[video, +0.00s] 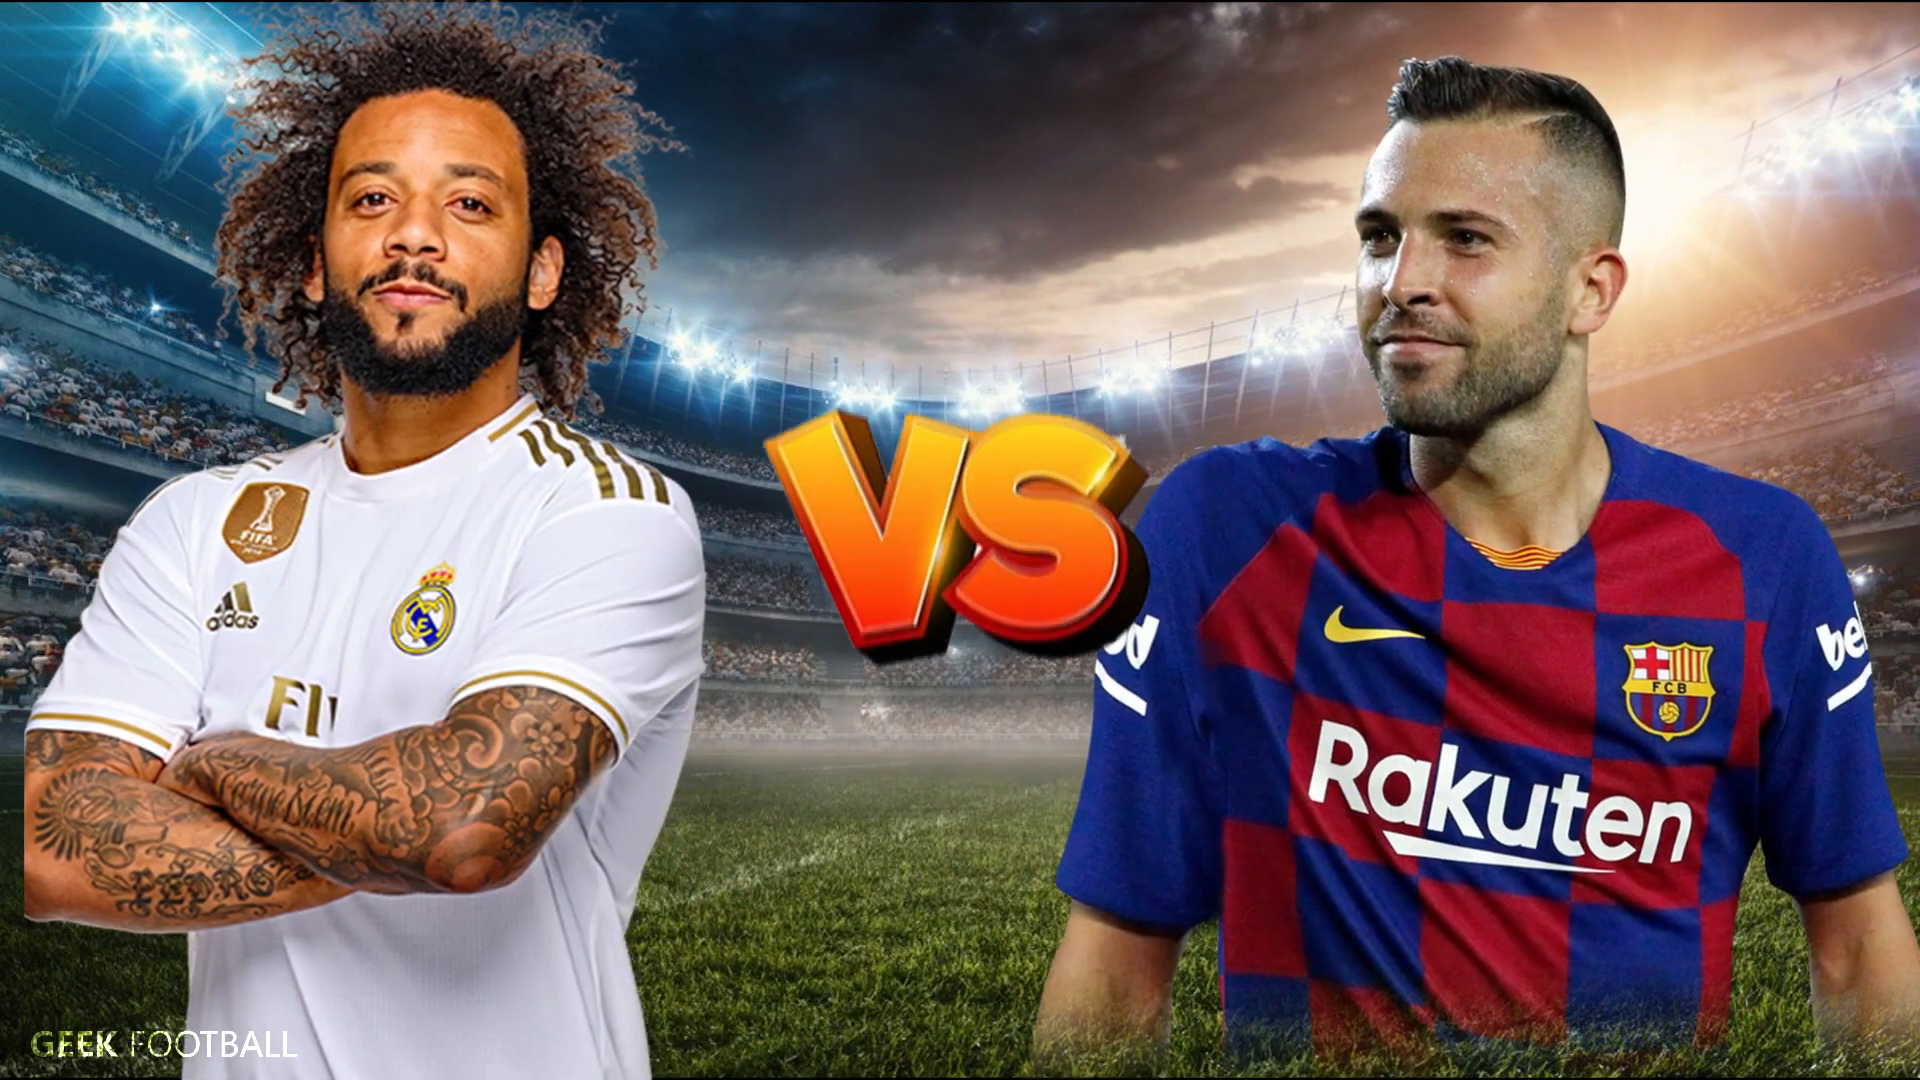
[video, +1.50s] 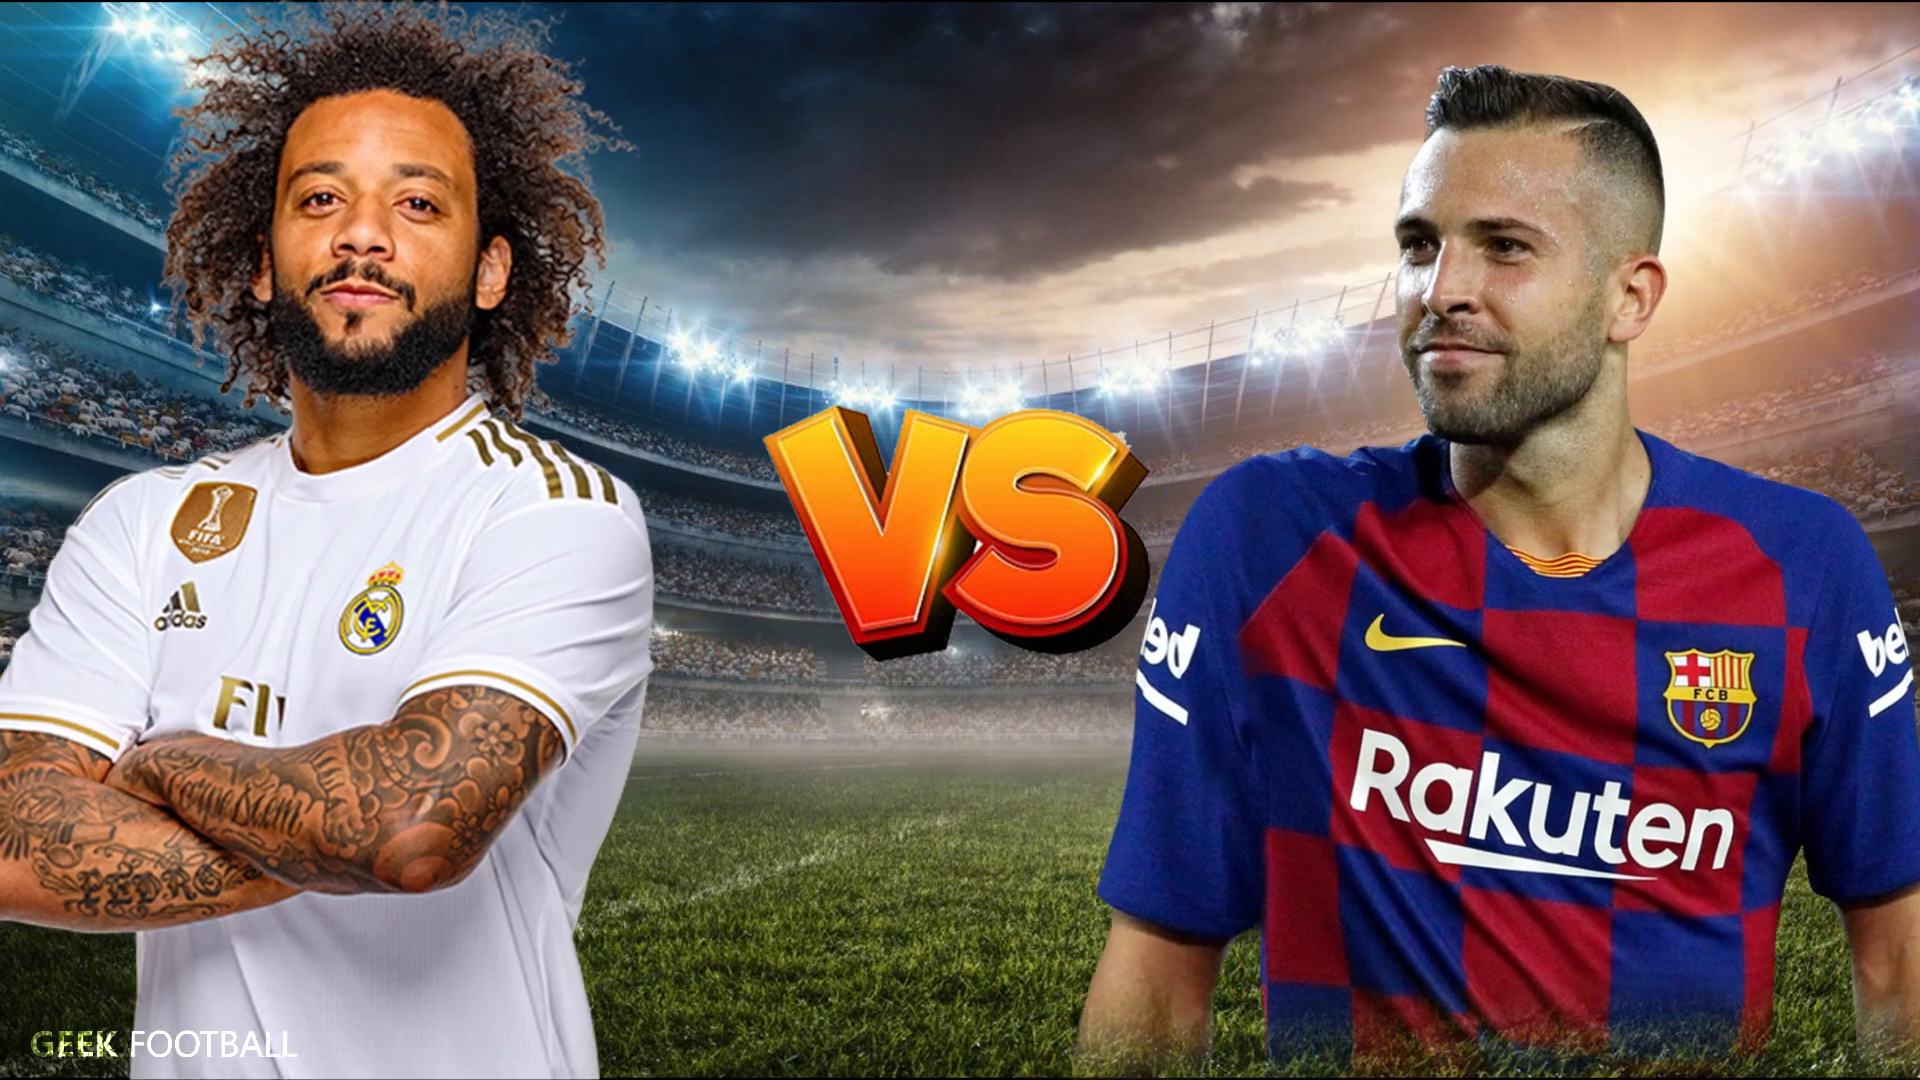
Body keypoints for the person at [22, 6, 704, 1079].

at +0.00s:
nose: (415, 238)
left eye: (471, 204)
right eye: (372, 199)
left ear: (539, 273)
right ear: (319, 259)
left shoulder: (614, 517)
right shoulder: (194, 522)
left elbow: (468, 825)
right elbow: (67, 857)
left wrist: (205, 760)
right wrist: (389, 830)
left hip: (526, 1064)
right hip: (246, 1063)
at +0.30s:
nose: (410, 238)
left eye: (466, 203)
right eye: (367, 199)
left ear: (534, 273)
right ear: (313, 260)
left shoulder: (608, 517)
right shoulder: (187, 523)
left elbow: (463, 825)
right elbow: (58, 854)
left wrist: (199, 760)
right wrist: (382, 829)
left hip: (519, 1063)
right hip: (239, 1061)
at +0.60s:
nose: (403, 238)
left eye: (459, 203)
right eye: (360, 199)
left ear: (527, 273)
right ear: (306, 260)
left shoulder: (602, 517)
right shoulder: (181, 523)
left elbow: (456, 824)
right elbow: (46, 852)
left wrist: (191, 761)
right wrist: (374, 829)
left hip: (511, 1063)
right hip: (231, 1062)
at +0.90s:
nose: (395, 238)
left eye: (451, 204)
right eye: (352, 199)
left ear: (519, 273)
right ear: (299, 260)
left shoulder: (594, 518)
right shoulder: (174, 522)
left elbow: (449, 825)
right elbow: (35, 850)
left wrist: (184, 760)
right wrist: (365, 830)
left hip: (503, 1063)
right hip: (222, 1061)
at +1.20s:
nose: (385, 238)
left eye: (442, 203)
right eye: (343, 199)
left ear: (511, 273)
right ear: (290, 260)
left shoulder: (585, 518)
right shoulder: (166, 522)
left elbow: (440, 824)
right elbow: (26, 848)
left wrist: (178, 760)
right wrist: (358, 829)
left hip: (496, 1064)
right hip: (214, 1062)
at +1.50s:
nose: (363, 237)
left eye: (418, 203)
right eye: (320, 200)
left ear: (487, 271)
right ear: (268, 259)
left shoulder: (562, 518)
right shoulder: (141, 520)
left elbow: (416, 823)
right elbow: (20, 852)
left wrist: (161, 760)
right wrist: (332, 830)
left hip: (473, 1062)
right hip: (193, 1061)